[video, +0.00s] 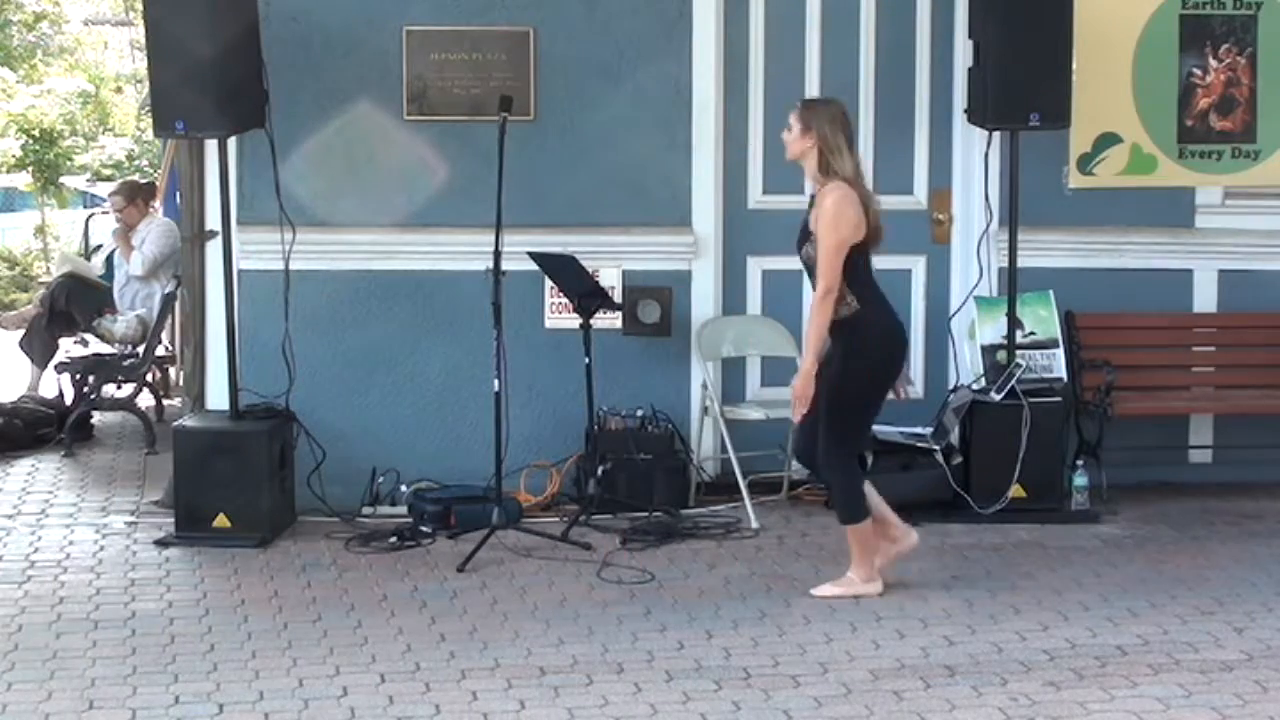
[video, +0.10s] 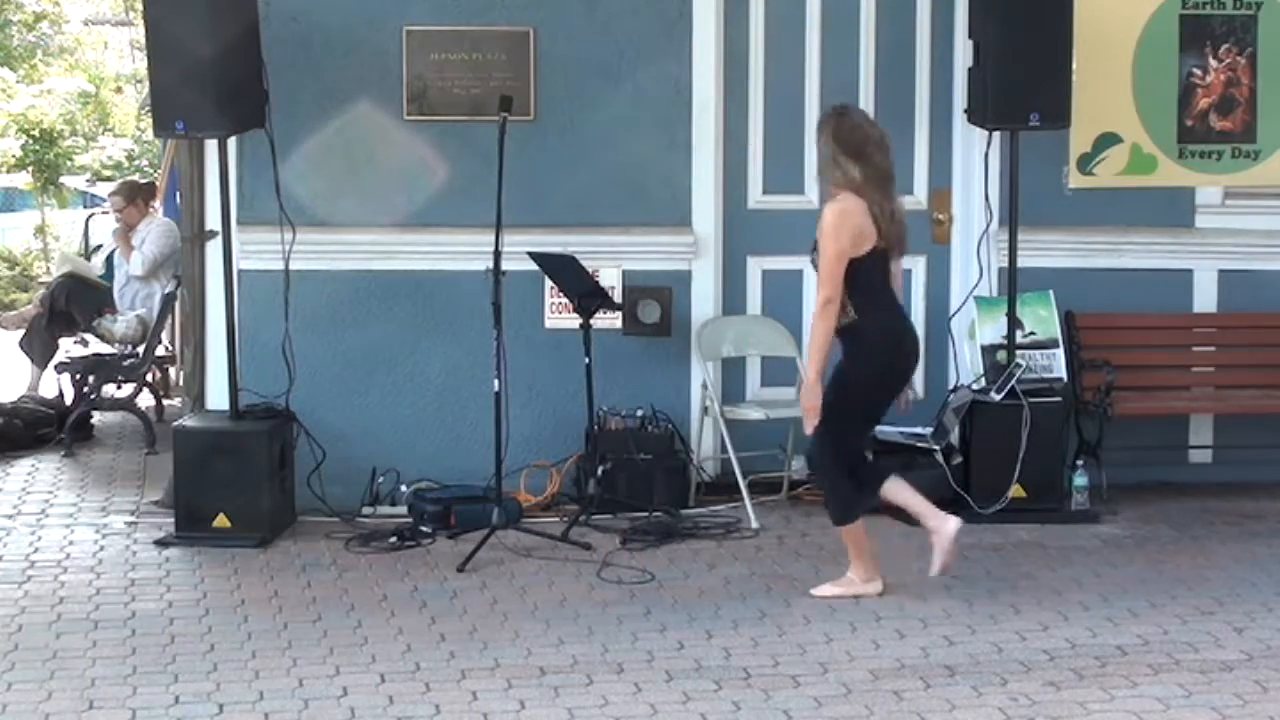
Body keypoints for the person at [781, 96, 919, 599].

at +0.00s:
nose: (785, 138)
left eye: (792, 130)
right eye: (787, 130)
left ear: (814, 137)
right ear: (818, 138)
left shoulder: (837, 199)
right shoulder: (825, 195)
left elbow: (827, 292)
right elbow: (845, 287)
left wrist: (807, 368)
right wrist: (889, 358)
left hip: (868, 338)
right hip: (853, 335)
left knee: (834, 448)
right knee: (807, 443)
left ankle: (863, 572)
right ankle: (892, 530)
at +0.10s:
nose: (820, 153)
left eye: (823, 147)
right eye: (823, 146)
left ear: (832, 152)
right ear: (872, 152)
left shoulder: (839, 211)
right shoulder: (880, 207)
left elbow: (830, 303)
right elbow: (891, 292)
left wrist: (811, 378)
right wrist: (902, 368)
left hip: (869, 348)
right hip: (895, 341)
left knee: (827, 453)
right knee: (847, 451)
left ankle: (863, 571)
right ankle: (938, 521)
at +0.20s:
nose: (839, 155)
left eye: (841, 148)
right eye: (844, 147)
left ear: (847, 149)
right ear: (891, 146)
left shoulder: (850, 208)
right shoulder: (910, 199)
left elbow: (847, 299)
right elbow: (912, 280)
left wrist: (841, 377)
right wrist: (901, 334)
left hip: (875, 348)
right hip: (920, 345)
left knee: (834, 454)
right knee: (910, 452)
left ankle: (863, 571)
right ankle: (975, 548)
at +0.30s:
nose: (855, 147)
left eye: (858, 139)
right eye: (859, 138)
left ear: (865, 143)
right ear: (913, 142)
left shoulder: (863, 201)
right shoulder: (934, 196)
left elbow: (867, 289)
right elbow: (933, 270)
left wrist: (870, 363)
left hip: (897, 334)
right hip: (946, 332)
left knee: (860, 454)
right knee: (962, 452)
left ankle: (871, 572)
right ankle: (993, 584)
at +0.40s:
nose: (873, 142)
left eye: (877, 133)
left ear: (882, 139)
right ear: (931, 141)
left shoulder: (877, 194)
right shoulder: (948, 196)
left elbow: (882, 281)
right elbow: (963, 272)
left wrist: (881, 362)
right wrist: (944, 318)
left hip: (913, 334)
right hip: (962, 329)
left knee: (886, 447)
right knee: (982, 452)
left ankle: (918, 574)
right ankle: (1001, 590)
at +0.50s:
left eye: (890, 131)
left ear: (893, 135)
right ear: (944, 135)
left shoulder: (884, 193)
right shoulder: (965, 194)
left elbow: (879, 281)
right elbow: (993, 275)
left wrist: (868, 360)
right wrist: (1018, 346)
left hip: (914, 339)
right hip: (970, 334)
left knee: (919, 461)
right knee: (971, 458)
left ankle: (932, 599)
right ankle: (995, 585)